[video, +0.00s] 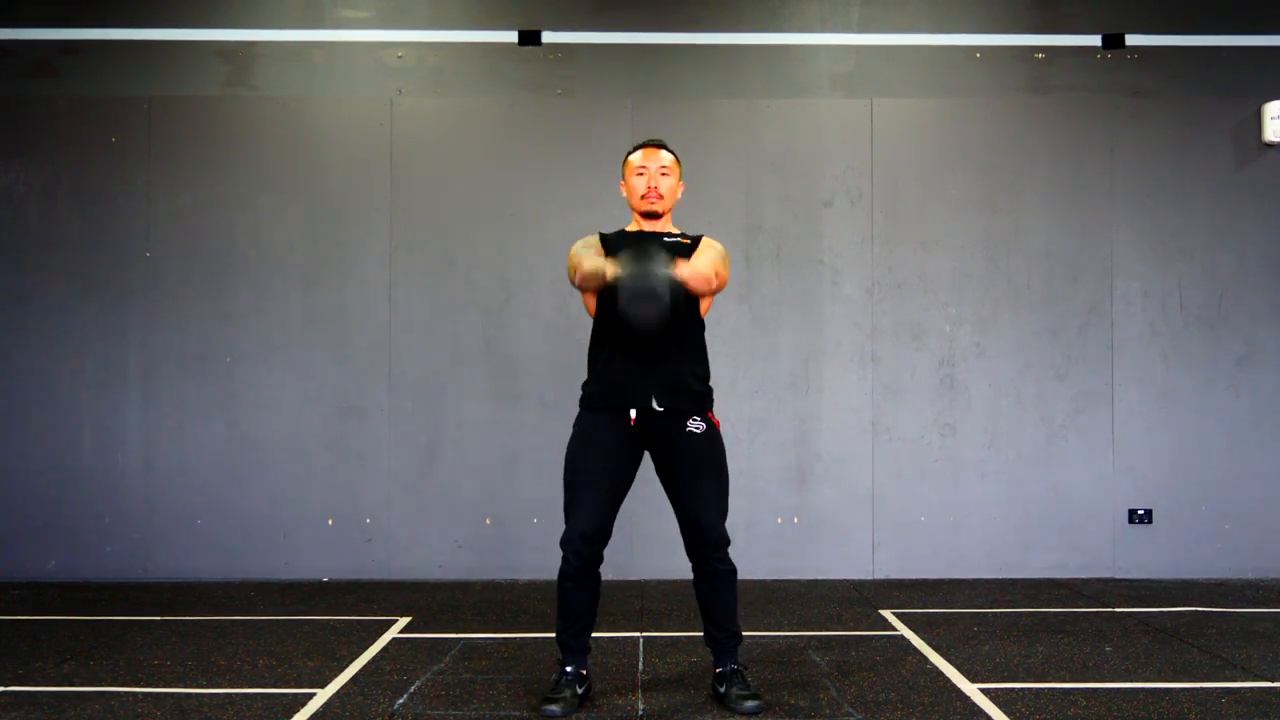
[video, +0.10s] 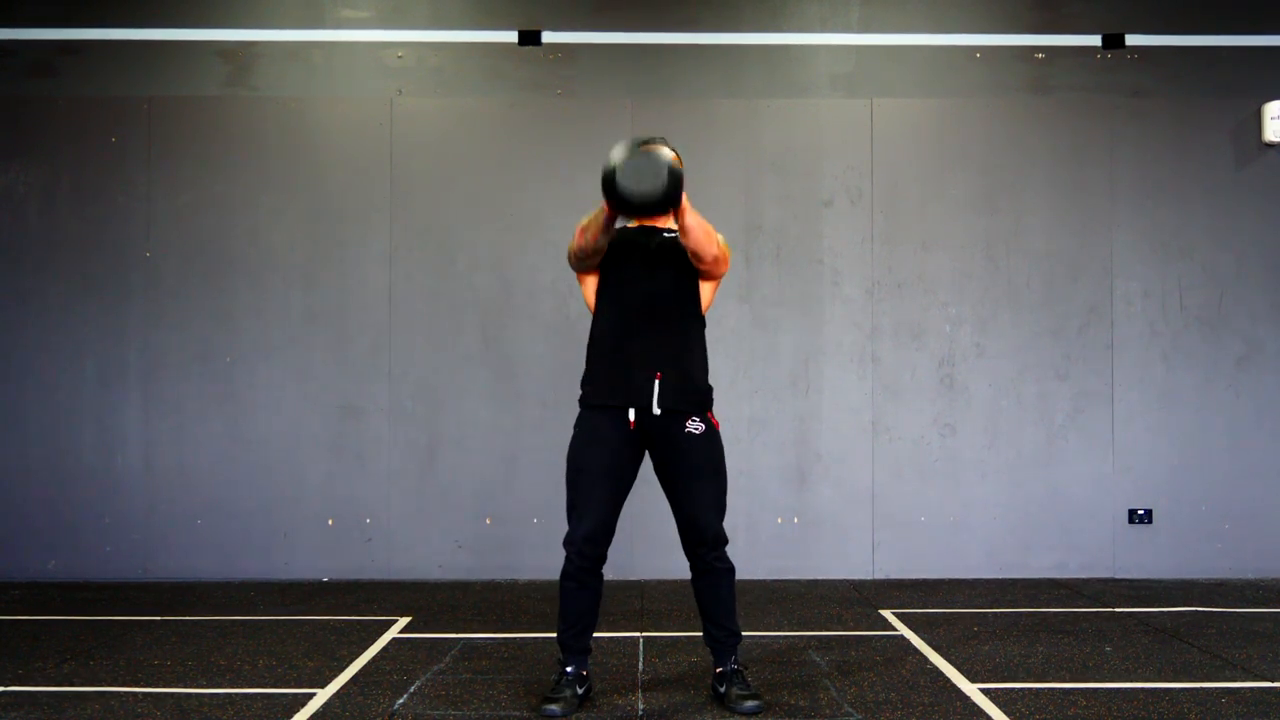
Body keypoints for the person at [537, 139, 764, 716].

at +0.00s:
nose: (652, 180)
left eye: (664, 172)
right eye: (641, 172)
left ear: (680, 187)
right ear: (624, 187)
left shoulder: (700, 246)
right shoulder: (598, 245)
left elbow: (710, 272)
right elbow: (584, 267)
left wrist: (676, 276)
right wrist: (610, 274)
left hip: (686, 418)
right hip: (608, 417)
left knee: (710, 544)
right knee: (581, 542)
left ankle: (728, 671)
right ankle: (572, 671)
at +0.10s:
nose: (651, 190)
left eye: (660, 176)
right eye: (642, 176)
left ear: (675, 190)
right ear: (624, 191)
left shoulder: (701, 253)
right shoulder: (598, 250)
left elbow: (713, 257)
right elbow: (582, 251)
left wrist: (678, 197)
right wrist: (609, 208)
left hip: (684, 415)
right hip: (607, 413)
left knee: (708, 543)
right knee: (584, 544)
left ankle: (728, 670)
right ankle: (572, 672)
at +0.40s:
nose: (651, 179)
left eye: (661, 169)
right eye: (639, 170)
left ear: (677, 175)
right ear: (621, 178)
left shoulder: (704, 248)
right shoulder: (598, 246)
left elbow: (707, 222)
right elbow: (582, 222)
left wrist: (678, 157)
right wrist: (610, 170)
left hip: (687, 413)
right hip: (610, 413)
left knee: (710, 544)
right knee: (586, 544)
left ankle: (728, 669)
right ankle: (572, 672)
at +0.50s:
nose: (651, 172)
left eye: (662, 164)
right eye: (640, 162)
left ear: (679, 181)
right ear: (619, 178)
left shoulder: (701, 250)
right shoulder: (596, 248)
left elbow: (717, 251)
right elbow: (580, 241)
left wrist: (674, 192)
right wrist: (615, 197)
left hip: (688, 414)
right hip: (610, 413)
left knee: (712, 544)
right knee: (585, 545)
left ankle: (729, 670)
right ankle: (572, 672)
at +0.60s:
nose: (650, 170)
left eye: (661, 162)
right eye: (639, 163)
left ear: (679, 179)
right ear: (622, 181)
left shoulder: (704, 242)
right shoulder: (596, 242)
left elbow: (707, 274)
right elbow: (585, 268)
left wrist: (668, 277)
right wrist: (617, 277)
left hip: (687, 414)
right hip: (610, 413)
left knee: (715, 543)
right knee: (583, 543)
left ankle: (729, 670)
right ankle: (572, 672)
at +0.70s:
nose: (650, 170)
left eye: (661, 162)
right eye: (638, 162)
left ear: (679, 179)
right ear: (621, 181)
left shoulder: (708, 251)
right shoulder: (589, 250)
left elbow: (703, 314)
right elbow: (591, 313)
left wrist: (675, 361)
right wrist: (619, 359)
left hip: (688, 416)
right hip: (608, 416)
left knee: (725, 544)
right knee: (574, 546)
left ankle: (730, 670)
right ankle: (571, 673)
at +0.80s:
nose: (649, 180)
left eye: (660, 171)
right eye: (636, 172)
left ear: (678, 188)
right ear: (619, 189)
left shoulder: (710, 267)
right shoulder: (587, 268)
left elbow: (703, 360)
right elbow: (594, 362)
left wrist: (676, 434)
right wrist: (620, 433)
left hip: (689, 423)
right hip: (607, 423)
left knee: (739, 545)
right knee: (561, 547)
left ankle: (731, 671)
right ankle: (569, 674)